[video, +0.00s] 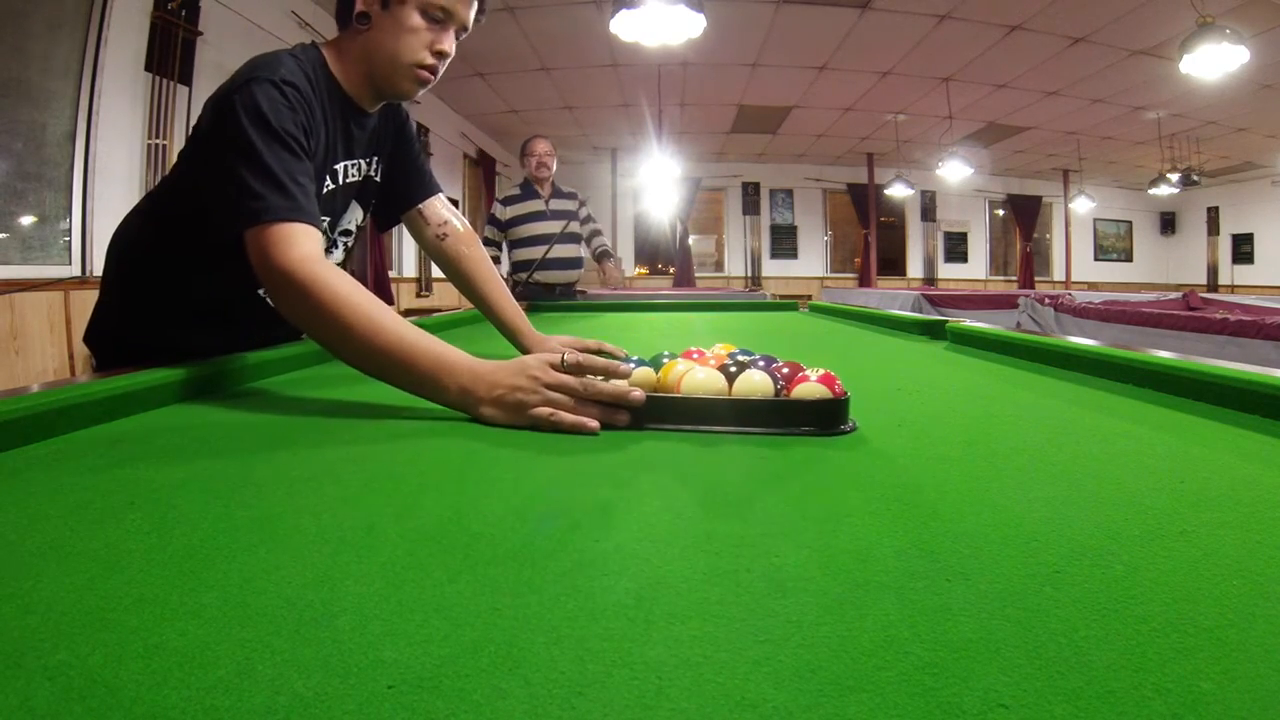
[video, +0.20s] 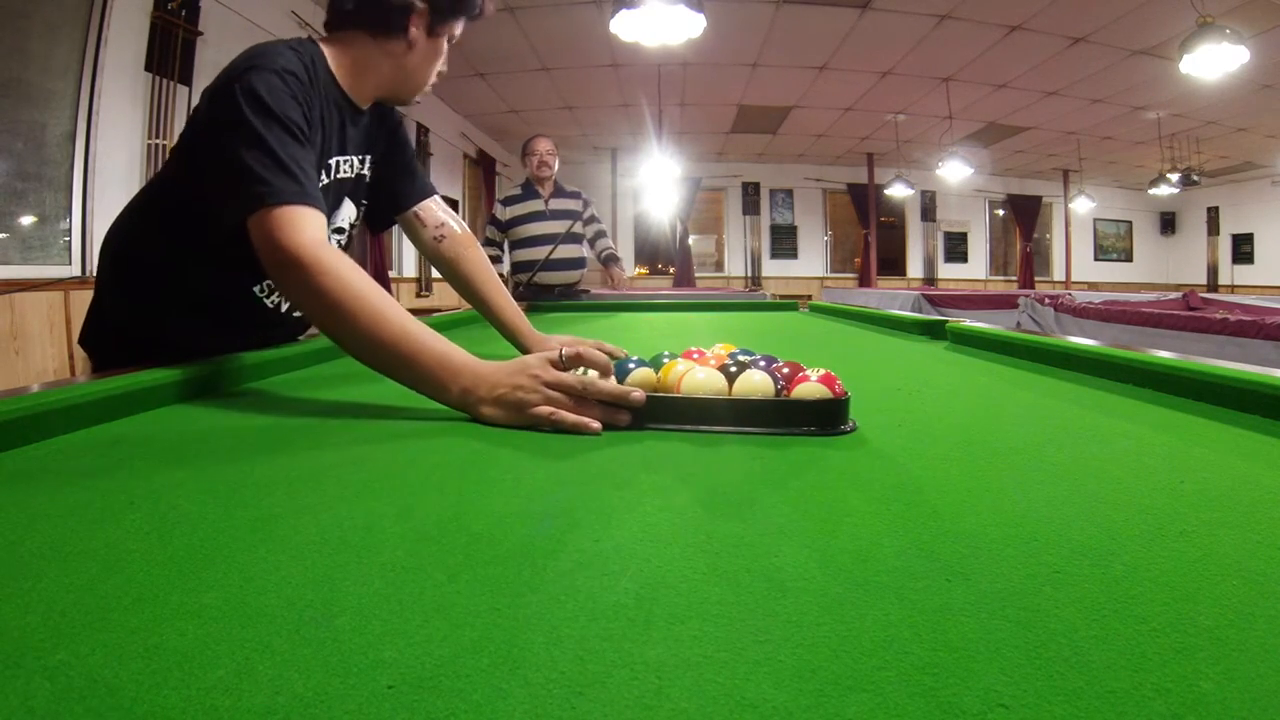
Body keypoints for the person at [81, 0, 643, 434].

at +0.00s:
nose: (447, 48)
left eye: (458, 35)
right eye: (433, 20)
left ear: (459, 45)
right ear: (367, 6)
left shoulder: (390, 122)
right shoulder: (271, 94)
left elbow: (446, 231)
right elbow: (293, 272)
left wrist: (528, 339)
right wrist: (474, 383)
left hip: (265, 336)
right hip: (157, 341)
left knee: (246, 523)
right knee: (143, 533)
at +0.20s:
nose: (444, 68)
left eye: (451, 48)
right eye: (449, 44)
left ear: (401, 29)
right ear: (412, 25)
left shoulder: (380, 122)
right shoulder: (271, 83)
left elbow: (442, 232)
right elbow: (301, 259)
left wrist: (527, 339)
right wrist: (475, 383)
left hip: (259, 342)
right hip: (153, 344)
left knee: (240, 527)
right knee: (143, 536)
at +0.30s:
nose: (428, 68)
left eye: (433, 49)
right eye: (435, 46)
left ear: (355, 19)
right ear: (416, 36)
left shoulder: (370, 120)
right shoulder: (278, 72)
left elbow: (432, 231)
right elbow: (302, 247)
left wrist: (522, 336)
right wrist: (472, 381)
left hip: (249, 348)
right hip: (147, 347)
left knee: (232, 535)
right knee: (138, 544)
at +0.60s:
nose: (379, 67)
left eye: (382, 55)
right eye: (389, 50)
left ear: (315, 8)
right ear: (386, 29)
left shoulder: (279, 63)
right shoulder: (300, 52)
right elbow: (326, 220)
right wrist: (477, 375)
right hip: (150, 350)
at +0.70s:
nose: (376, 59)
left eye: (377, 49)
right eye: (383, 44)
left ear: (303, 9)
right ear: (379, 29)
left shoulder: (266, 64)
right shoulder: (302, 53)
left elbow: (280, 228)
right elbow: (332, 207)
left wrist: (345, 312)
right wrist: (480, 376)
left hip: (211, 344)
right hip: (146, 351)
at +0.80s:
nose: (379, 49)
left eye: (378, 41)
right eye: (383, 37)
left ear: (296, 11)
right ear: (376, 31)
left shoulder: (272, 68)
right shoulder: (302, 60)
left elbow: (276, 215)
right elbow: (344, 201)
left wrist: (335, 308)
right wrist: (475, 365)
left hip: (214, 334)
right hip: (142, 342)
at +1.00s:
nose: (350, 52)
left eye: (350, 44)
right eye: (352, 41)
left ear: (279, 14)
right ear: (348, 30)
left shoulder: (243, 63)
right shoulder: (287, 54)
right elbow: (295, 178)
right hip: (142, 343)